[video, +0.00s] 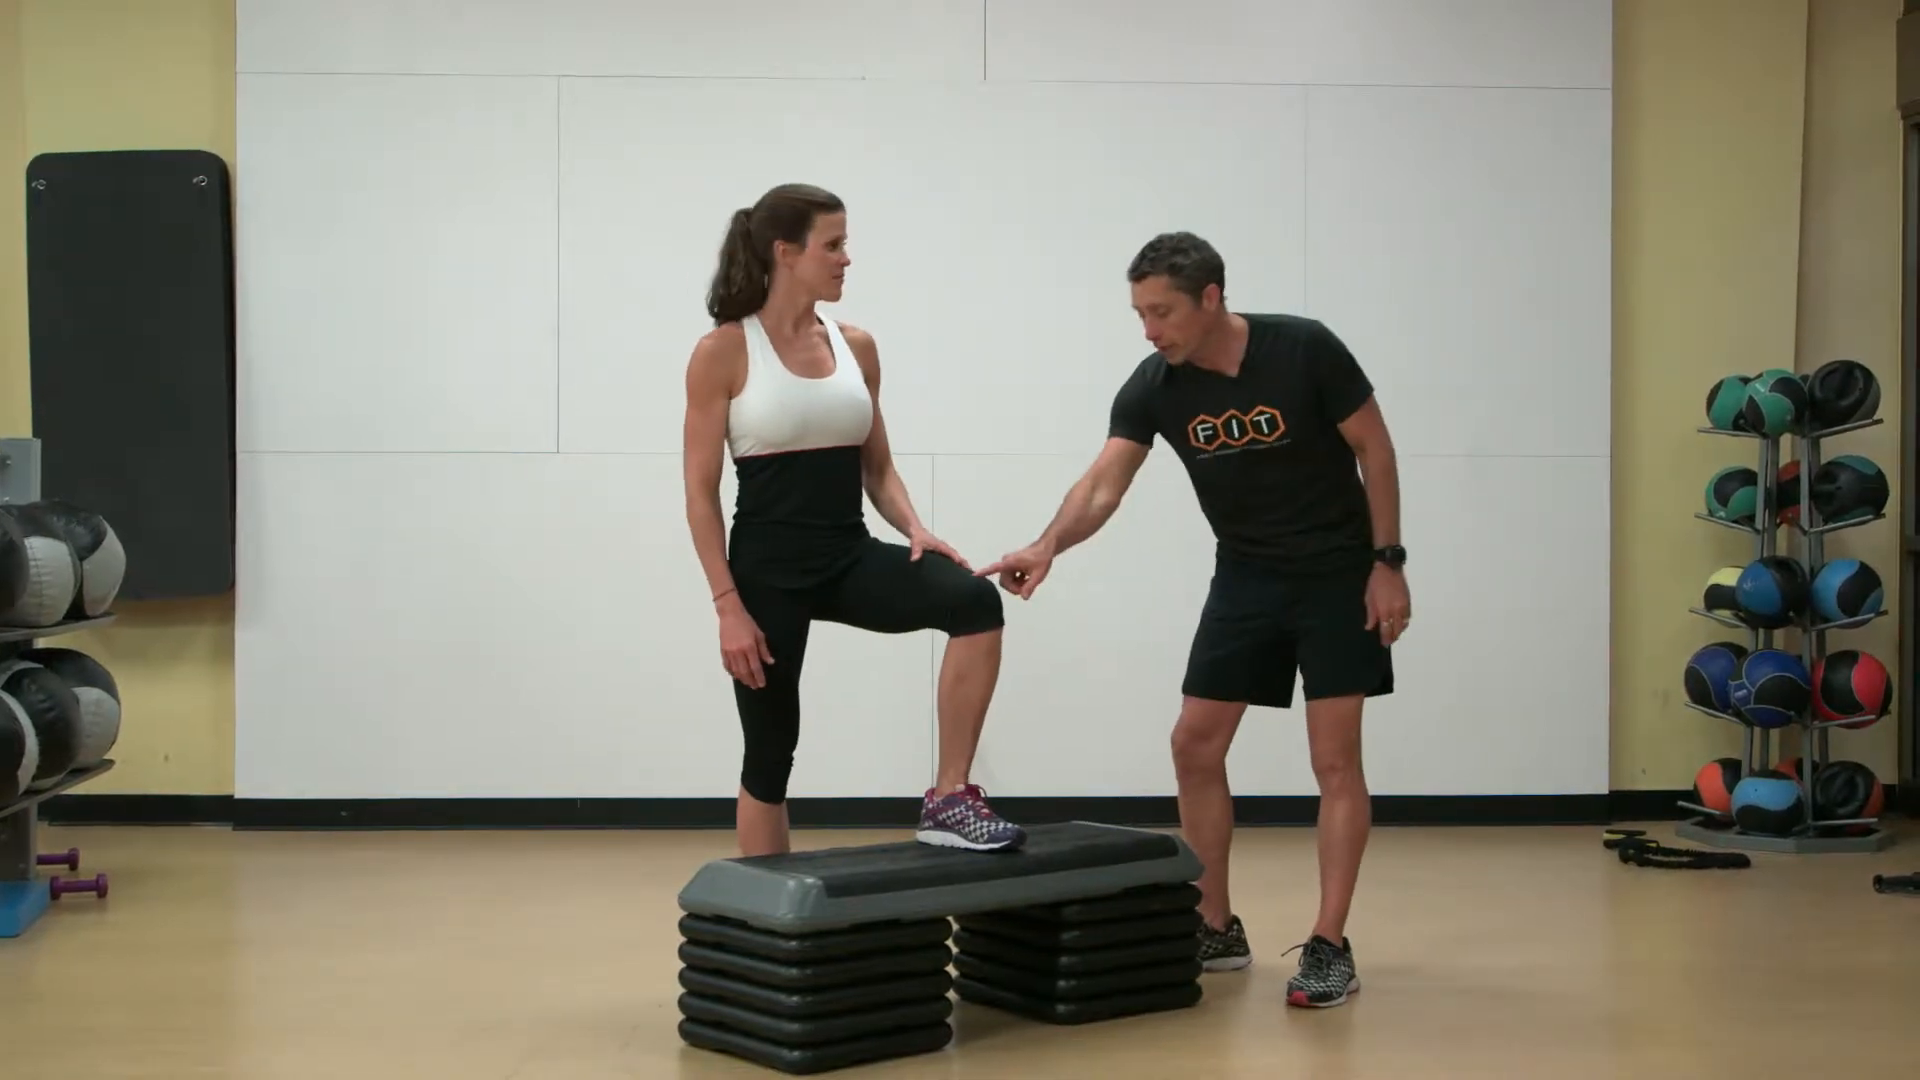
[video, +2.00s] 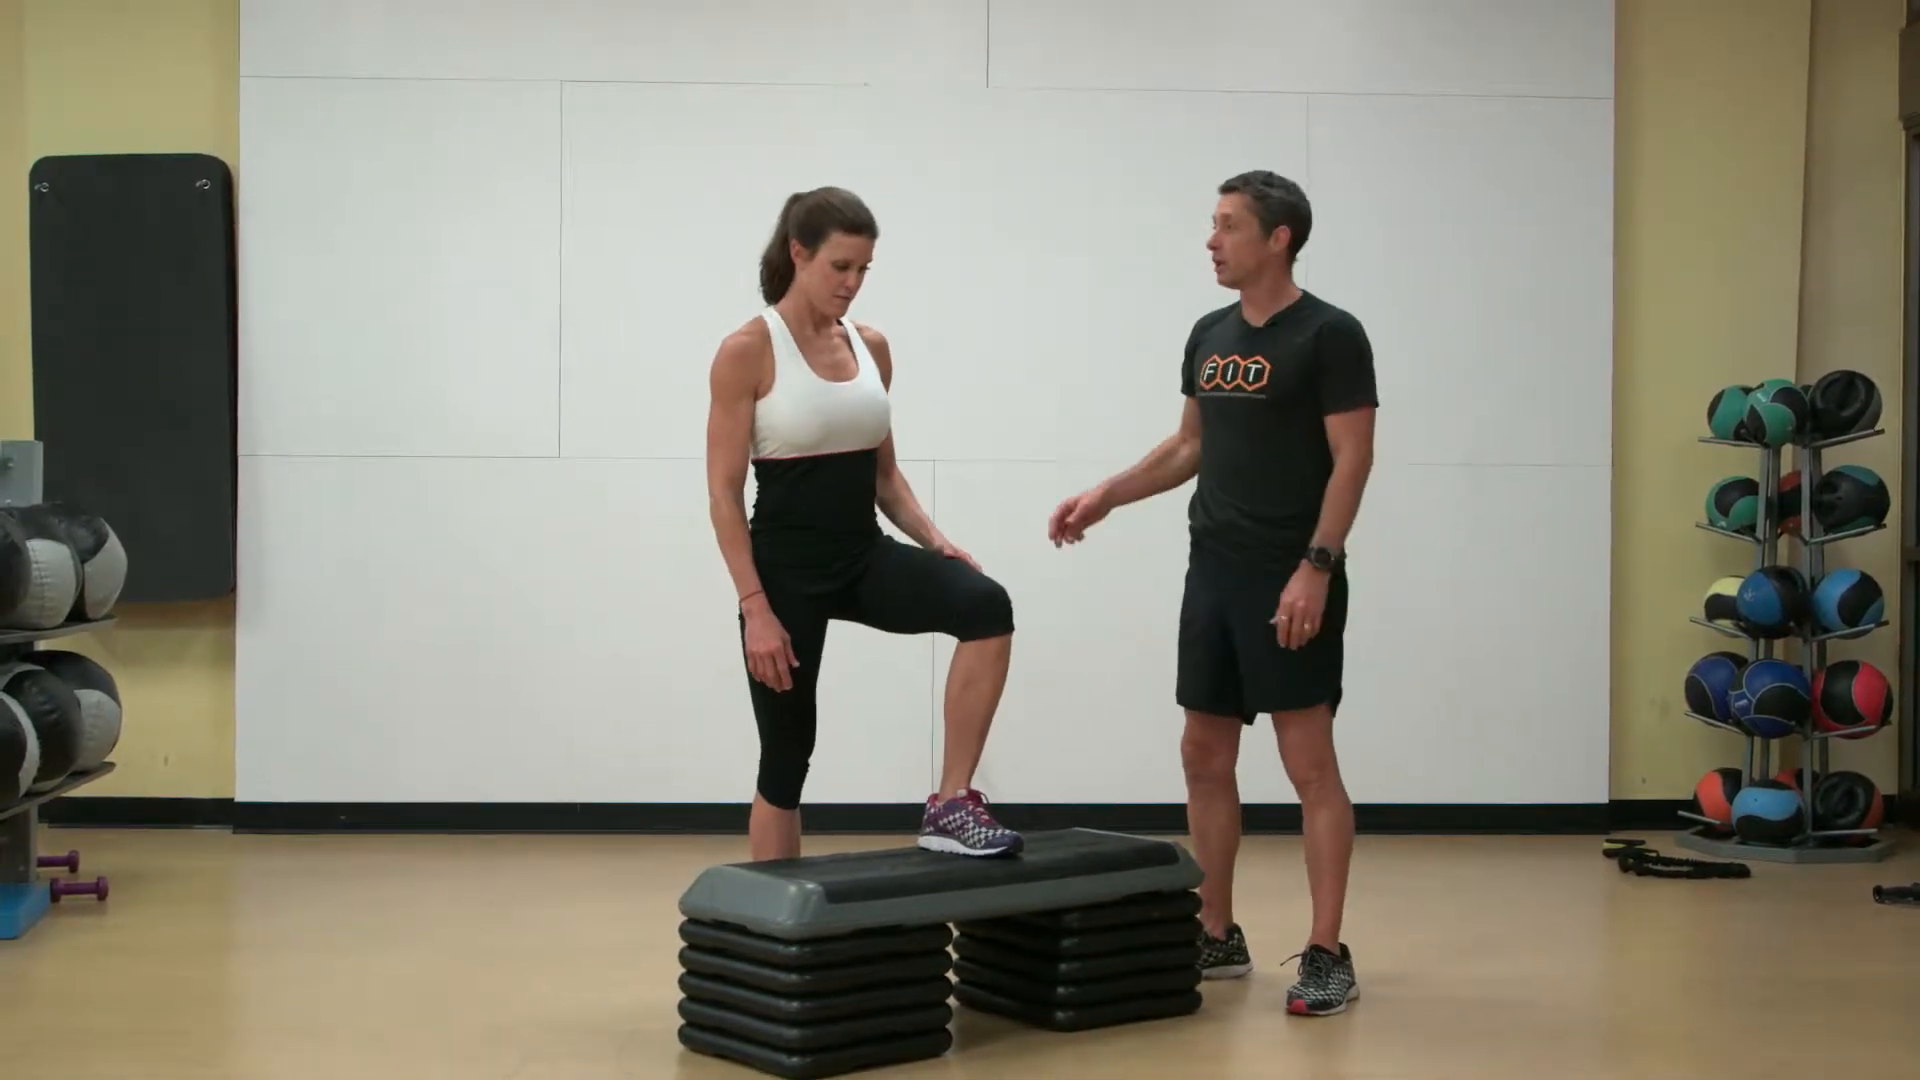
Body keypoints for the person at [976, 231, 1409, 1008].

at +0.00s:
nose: (1149, 328)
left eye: (1161, 313)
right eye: (1142, 314)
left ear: (1211, 299)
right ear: (1142, 311)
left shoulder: (1305, 350)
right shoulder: (1152, 390)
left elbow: (1375, 449)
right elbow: (1103, 485)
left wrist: (1388, 562)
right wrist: (1045, 548)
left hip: (1337, 572)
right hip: (1246, 576)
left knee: (1335, 756)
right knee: (1194, 744)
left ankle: (1329, 940)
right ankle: (1215, 925)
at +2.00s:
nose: (1211, 242)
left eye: (1227, 228)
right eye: (1213, 227)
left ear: (1279, 239)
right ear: (1244, 238)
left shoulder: (1332, 335)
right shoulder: (1210, 334)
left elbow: (1353, 460)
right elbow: (1191, 445)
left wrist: (1317, 564)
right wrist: (1106, 494)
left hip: (1293, 574)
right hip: (1214, 572)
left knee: (1309, 762)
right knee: (1204, 754)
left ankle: (1326, 950)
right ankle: (1217, 935)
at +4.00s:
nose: (1192, 279)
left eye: (1205, 264)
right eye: (1187, 265)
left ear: (1256, 258)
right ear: (1198, 265)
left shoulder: (1323, 343)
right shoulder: (1193, 354)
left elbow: (1358, 463)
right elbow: (1181, 464)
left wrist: (1337, 573)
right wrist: (1119, 502)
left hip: (1294, 588)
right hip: (1211, 586)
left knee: (1312, 775)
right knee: (1202, 766)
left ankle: (1326, 961)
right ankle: (1215, 945)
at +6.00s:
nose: (1210, 339)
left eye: (1223, 325)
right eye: (1203, 325)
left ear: (1272, 315)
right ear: (1202, 320)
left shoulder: (1344, 386)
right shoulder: (1193, 403)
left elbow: (1393, 501)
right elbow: (1151, 507)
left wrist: (1385, 608)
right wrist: (1093, 528)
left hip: (1333, 631)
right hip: (1243, 632)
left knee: (1340, 817)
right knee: (1220, 804)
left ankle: (1341, 1002)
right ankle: (1230, 988)